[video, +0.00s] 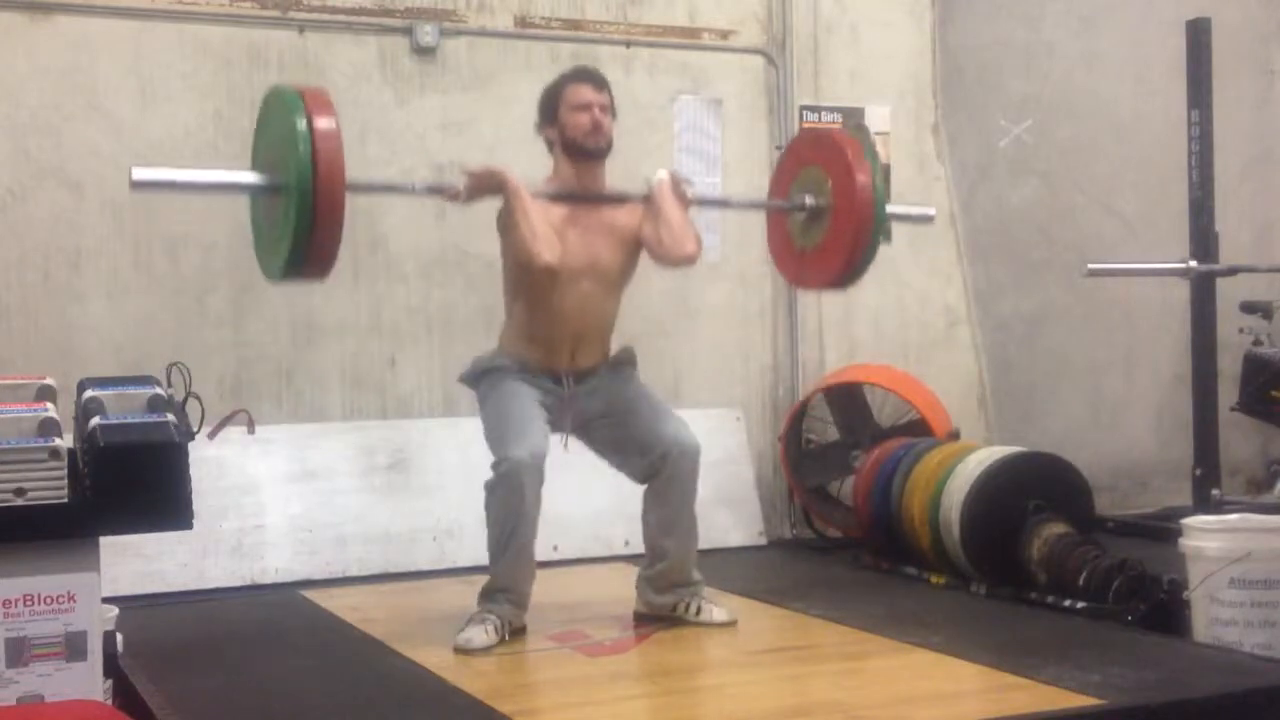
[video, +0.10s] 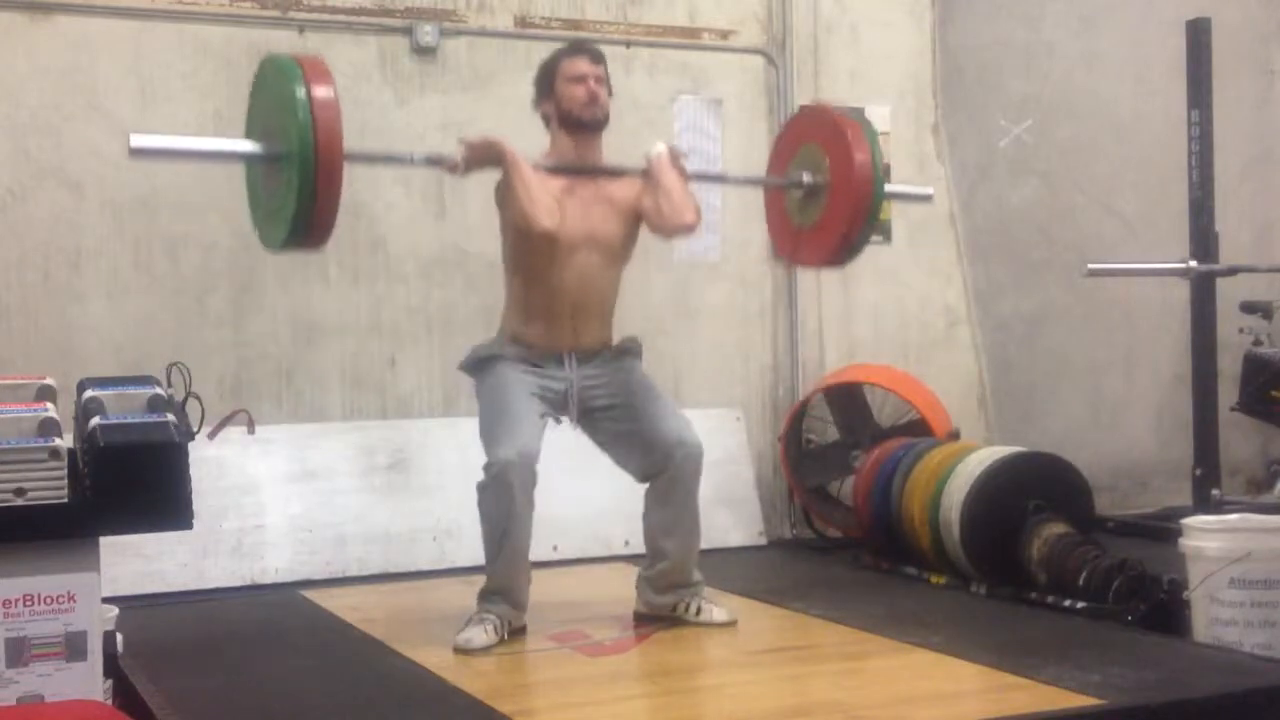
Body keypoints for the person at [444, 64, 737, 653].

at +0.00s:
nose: (597, 117)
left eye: (605, 110)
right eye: (581, 109)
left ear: (614, 126)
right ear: (552, 128)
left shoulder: (636, 211)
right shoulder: (526, 208)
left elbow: (682, 249)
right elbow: (544, 254)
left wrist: (663, 186)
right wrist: (509, 183)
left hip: (599, 379)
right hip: (520, 377)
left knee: (677, 450)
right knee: (519, 462)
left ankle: (667, 592)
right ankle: (502, 608)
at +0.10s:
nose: (594, 88)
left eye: (601, 81)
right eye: (578, 80)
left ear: (610, 99)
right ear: (548, 101)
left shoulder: (632, 184)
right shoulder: (523, 180)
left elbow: (681, 219)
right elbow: (542, 222)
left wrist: (661, 158)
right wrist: (506, 154)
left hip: (603, 364)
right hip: (519, 363)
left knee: (680, 451)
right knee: (510, 461)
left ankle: (668, 592)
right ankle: (501, 608)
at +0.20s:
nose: (588, 58)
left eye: (595, 51)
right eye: (571, 50)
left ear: (604, 71)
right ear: (542, 71)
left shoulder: (631, 152)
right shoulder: (521, 146)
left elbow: (680, 182)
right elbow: (537, 187)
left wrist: (658, 123)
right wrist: (503, 120)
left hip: (608, 343)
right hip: (525, 340)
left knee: (681, 450)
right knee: (509, 458)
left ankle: (668, 592)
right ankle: (500, 606)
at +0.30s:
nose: (582, 15)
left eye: (588, 11)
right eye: (564, 10)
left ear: (598, 39)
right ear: (534, 38)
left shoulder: (629, 119)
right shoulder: (520, 111)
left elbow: (683, 151)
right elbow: (532, 144)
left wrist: (658, 88)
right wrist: (499, 79)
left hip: (614, 319)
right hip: (531, 316)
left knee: (672, 446)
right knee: (509, 453)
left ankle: (668, 591)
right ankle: (501, 605)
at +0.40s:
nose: (577, 4)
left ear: (594, 20)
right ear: (532, 20)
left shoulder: (627, 100)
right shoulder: (521, 86)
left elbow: (685, 167)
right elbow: (522, 133)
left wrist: (676, 89)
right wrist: (492, 55)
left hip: (624, 295)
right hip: (541, 294)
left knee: (649, 444)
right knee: (518, 451)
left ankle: (662, 586)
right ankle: (501, 603)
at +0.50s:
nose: (574, 7)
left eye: (582, 2)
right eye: (556, 3)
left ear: (595, 25)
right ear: (533, 28)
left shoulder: (630, 107)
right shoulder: (525, 91)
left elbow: (690, 162)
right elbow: (519, 122)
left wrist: (678, 90)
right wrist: (490, 52)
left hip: (629, 298)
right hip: (546, 296)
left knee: (650, 447)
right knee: (527, 451)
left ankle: (659, 588)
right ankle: (505, 602)